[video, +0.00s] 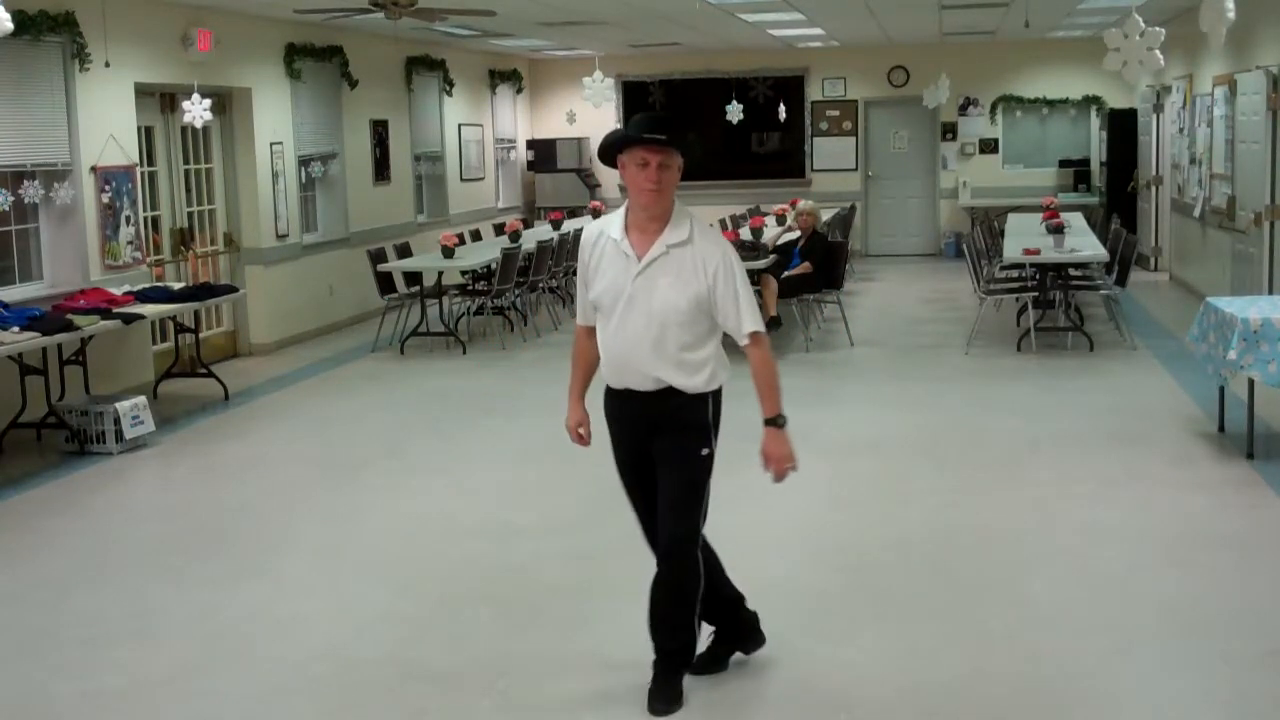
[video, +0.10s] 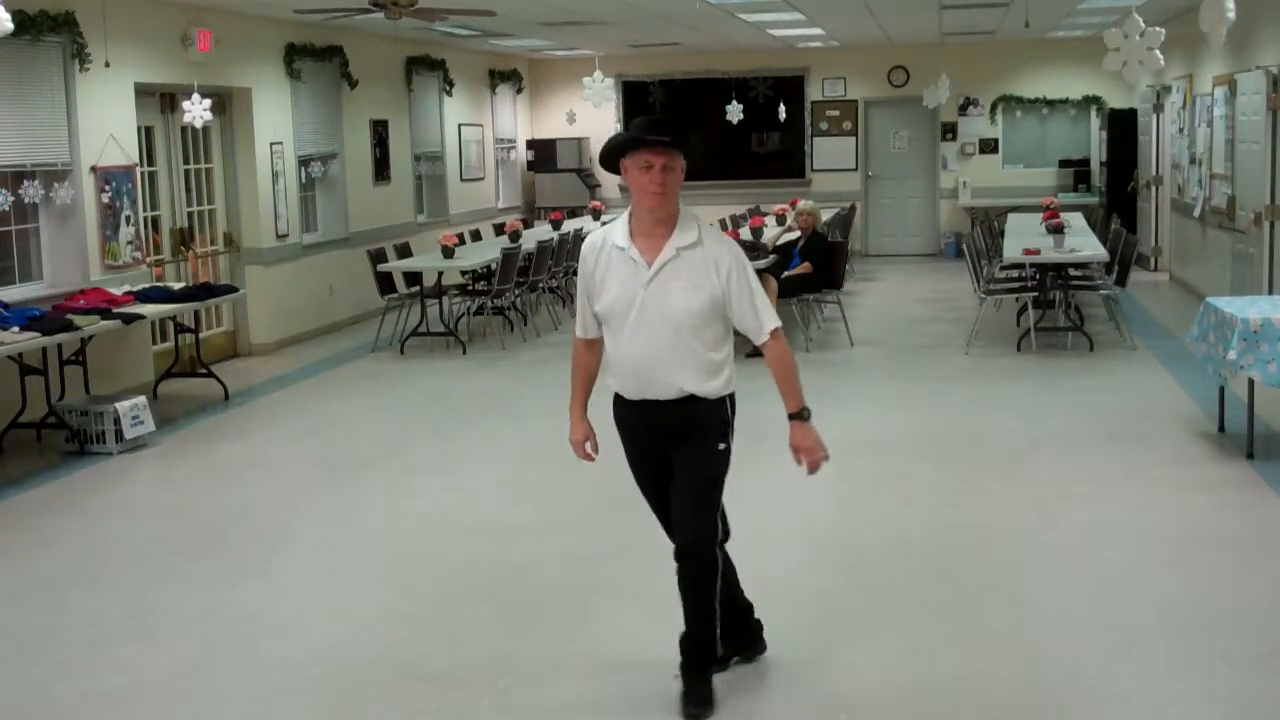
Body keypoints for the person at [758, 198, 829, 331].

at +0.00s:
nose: (804, 218)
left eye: (808, 215)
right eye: (801, 215)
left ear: (815, 218)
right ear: (796, 219)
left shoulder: (820, 239)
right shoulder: (795, 242)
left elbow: (809, 266)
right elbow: (767, 249)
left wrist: (785, 275)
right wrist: (784, 230)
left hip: (809, 278)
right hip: (791, 275)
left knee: (767, 290)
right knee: (766, 276)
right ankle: (773, 316)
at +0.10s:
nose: (804, 218)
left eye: (808, 215)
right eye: (800, 215)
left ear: (815, 219)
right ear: (796, 220)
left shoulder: (819, 239)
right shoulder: (796, 241)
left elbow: (809, 267)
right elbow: (768, 249)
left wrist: (785, 276)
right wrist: (784, 229)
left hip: (809, 278)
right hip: (790, 274)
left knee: (765, 290)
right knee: (766, 276)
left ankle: (761, 343)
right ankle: (771, 327)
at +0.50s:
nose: (804, 218)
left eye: (808, 214)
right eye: (800, 215)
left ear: (815, 219)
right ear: (796, 219)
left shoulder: (820, 239)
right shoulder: (795, 243)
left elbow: (809, 267)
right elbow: (766, 250)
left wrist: (785, 275)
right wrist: (783, 231)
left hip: (810, 279)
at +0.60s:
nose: (804, 218)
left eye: (808, 214)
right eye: (801, 214)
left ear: (815, 219)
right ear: (796, 219)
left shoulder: (820, 239)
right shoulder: (794, 243)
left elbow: (809, 267)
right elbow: (766, 250)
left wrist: (785, 275)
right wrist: (784, 231)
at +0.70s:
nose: (804, 218)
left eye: (808, 214)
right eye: (801, 214)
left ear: (815, 218)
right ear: (796, 218)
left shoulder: (820, 240)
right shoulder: (795, 242)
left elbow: (810, 266)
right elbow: (767, 249)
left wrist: (785, 275)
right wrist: (784, 230)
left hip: (809, 279)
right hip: (791, 277)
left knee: (764, 290)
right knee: (767, 278)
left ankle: (763, 342)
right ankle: (773, 317)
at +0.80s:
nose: (804, 218)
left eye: (808, 215)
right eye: (801, 215)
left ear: (815, 218)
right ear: (796, 218)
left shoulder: (820, 240)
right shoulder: (794, 242)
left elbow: (810, 266)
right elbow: (767, 249)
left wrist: (785, 275)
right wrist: (784, 231)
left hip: (809, 279)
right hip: (790, 277)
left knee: (764, 291)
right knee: (766, 276)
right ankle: (773, 317)